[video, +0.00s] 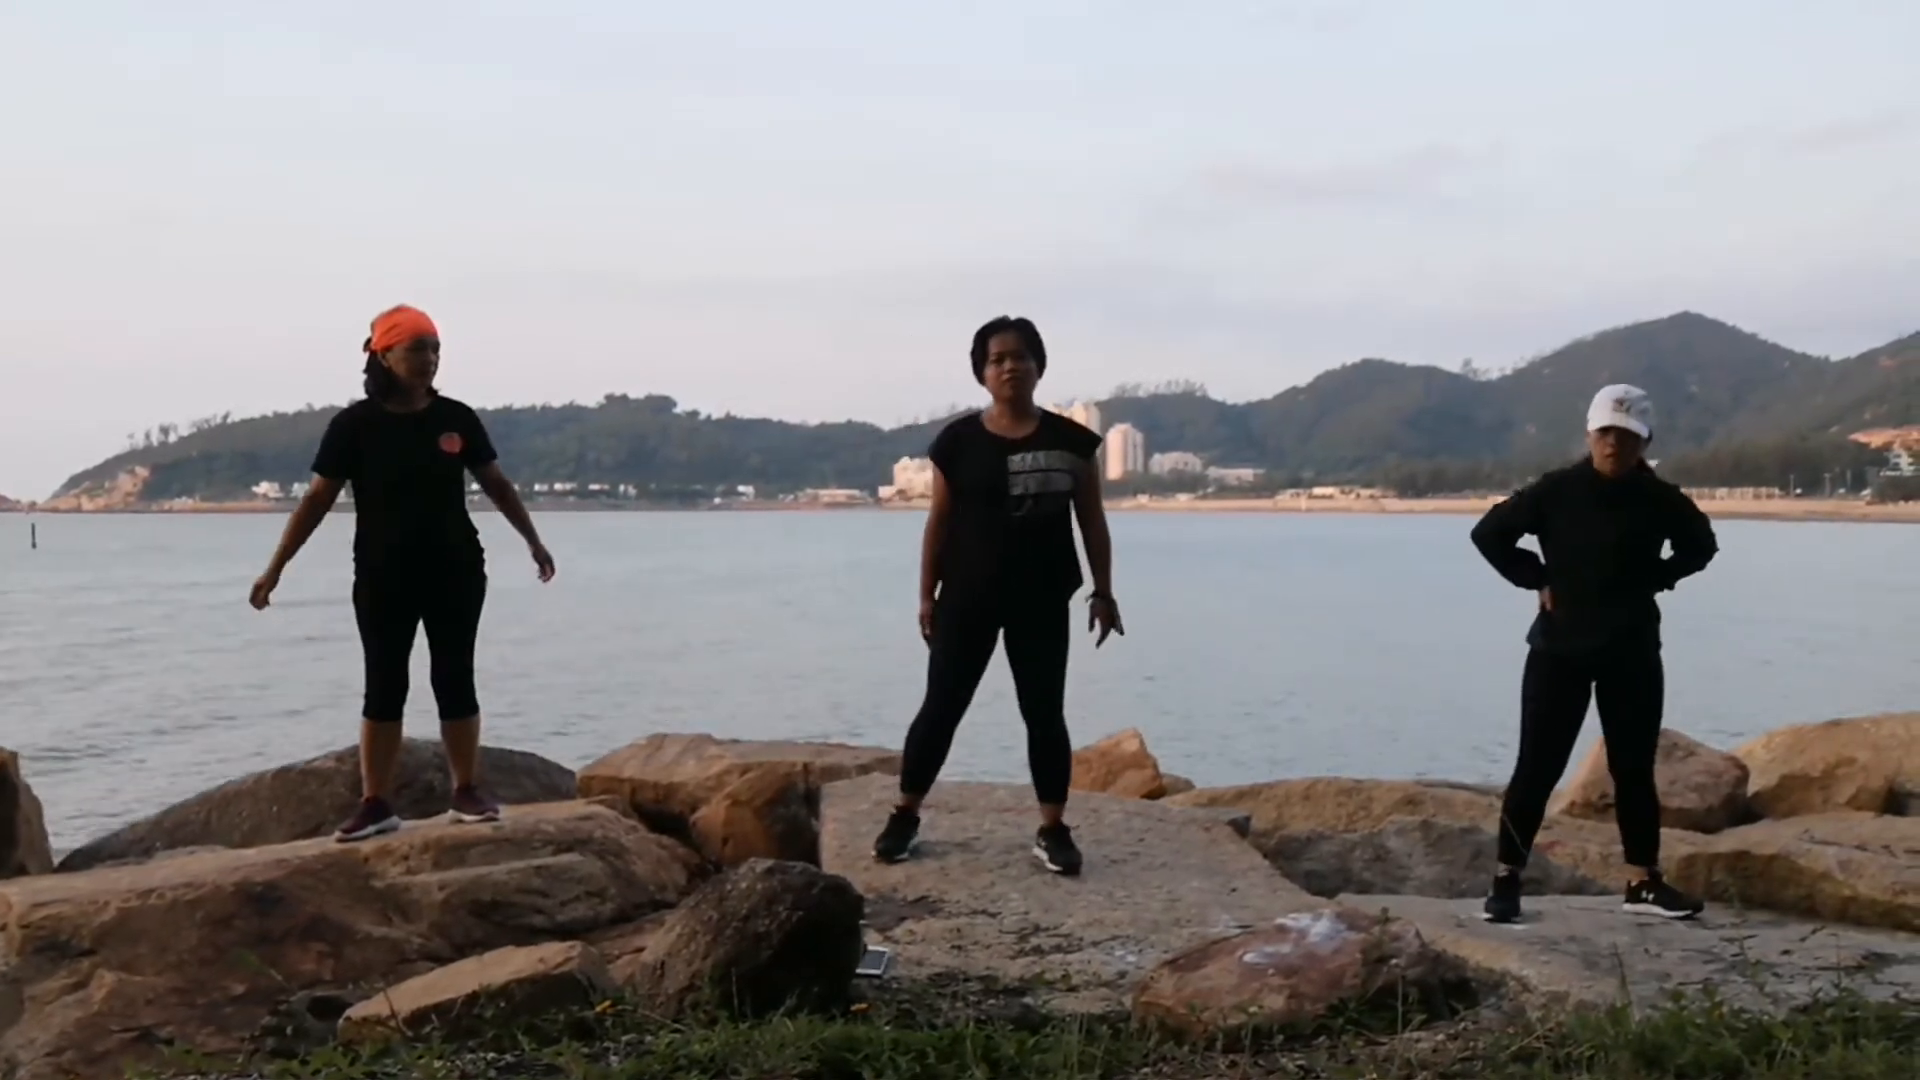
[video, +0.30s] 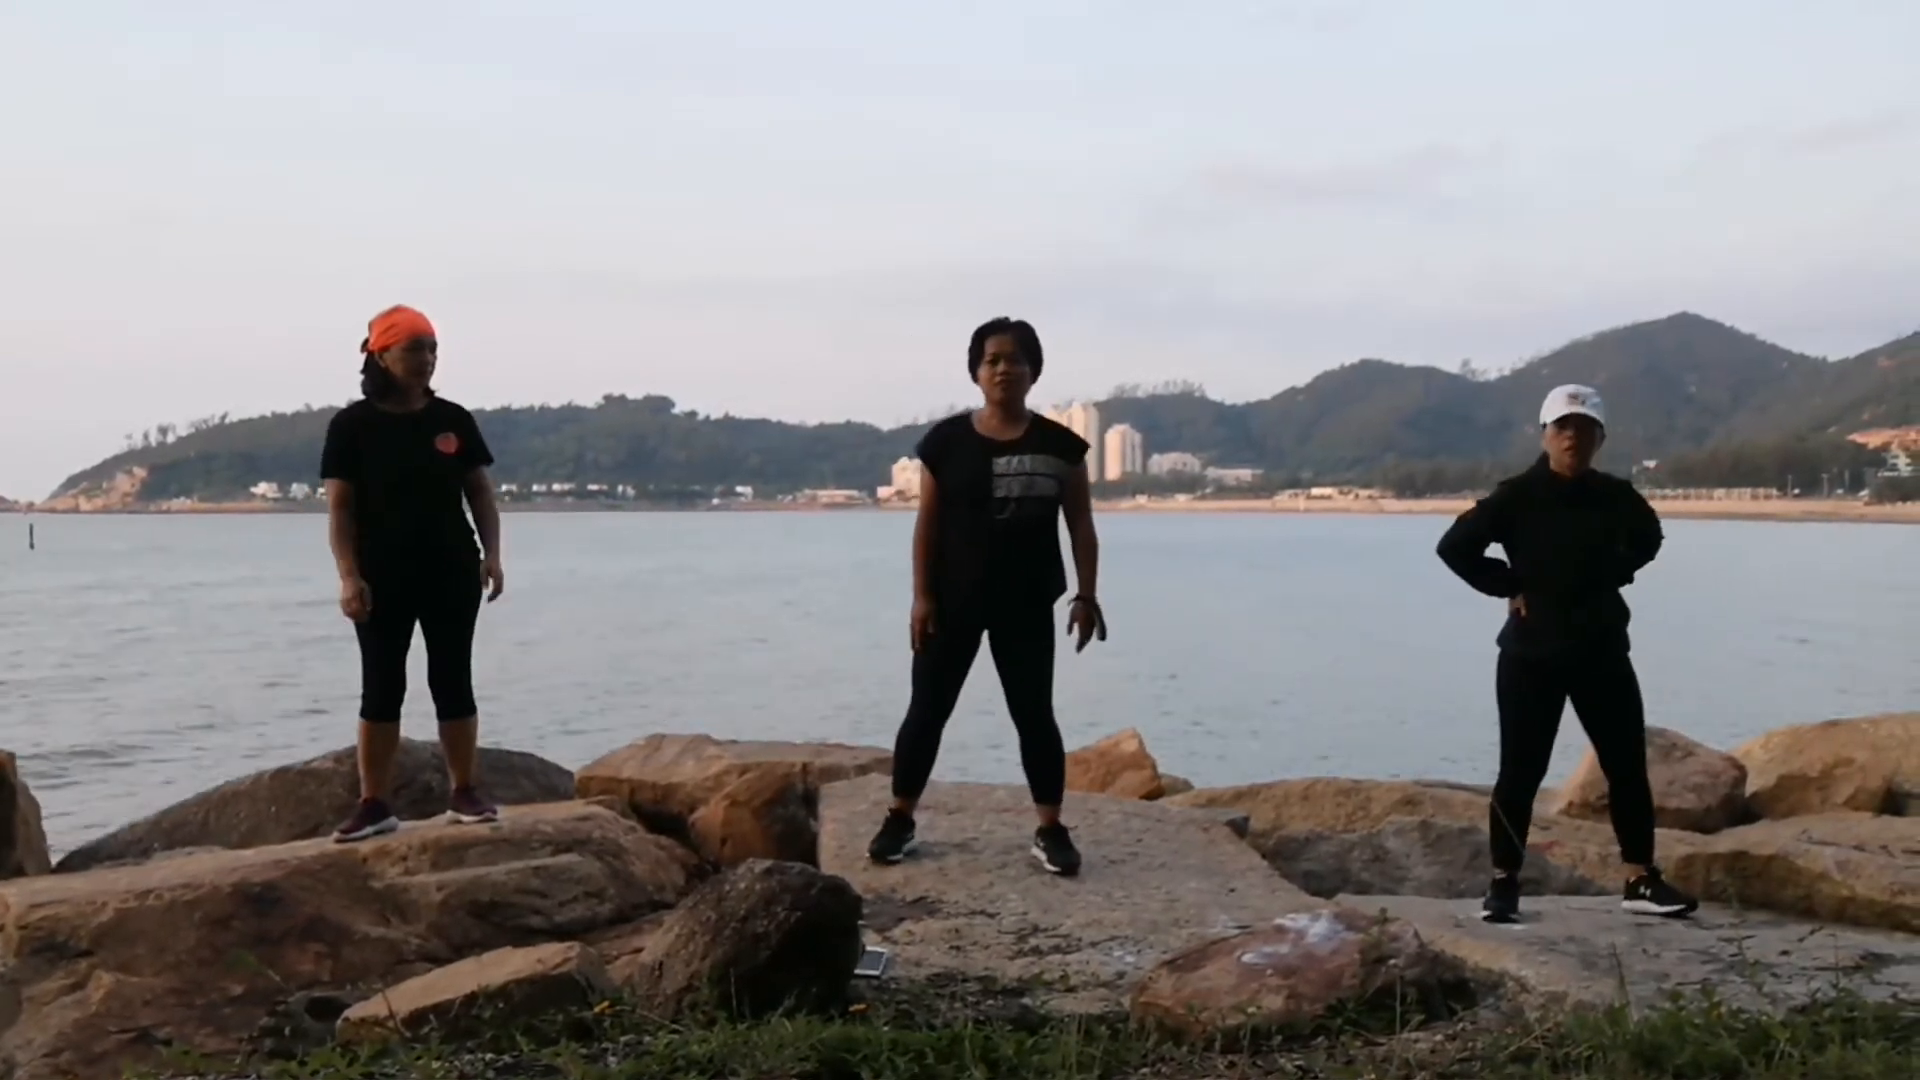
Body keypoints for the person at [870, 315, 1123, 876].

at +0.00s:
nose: (1010, 367)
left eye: (1020, 357)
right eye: (998, 359)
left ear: (1038, 366)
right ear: (982, 371)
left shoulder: (1071, 441)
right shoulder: (956, 442)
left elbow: (1092, 521)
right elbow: (938, 524)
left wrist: (1103, 591)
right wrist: (926, 597)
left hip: (1041, 604)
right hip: (969, 601)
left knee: (1046, 716)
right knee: (940, 709)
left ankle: (1053, 827)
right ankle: (906, 814)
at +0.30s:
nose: (1003, 370)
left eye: (1014, 360)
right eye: (993, 360)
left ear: (1033, 370)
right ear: (976, 371)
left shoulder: (1059, 445)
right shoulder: (945, 442)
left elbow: (1080, 526)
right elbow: (926, 526)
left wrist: (1087, 593)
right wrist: (920, 597)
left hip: (1026, 605)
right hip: (955, 603)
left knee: (1036, 717)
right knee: (926, 712)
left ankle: (1050, 827)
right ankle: (899, 818)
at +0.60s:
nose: (971, 370)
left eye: (984, 361)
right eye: (961, 360)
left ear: (999, 373)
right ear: (943, 371)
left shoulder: (1024, 446)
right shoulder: (907, 441)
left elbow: (1032, 531)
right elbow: (882, 523)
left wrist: (1027, 598)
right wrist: (875, 594)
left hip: (994, 603)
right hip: (922, 603)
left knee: (1022, 716)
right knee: (909, 715)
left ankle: (1047, 823)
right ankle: (897, 819)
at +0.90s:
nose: (978, 372)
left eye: (989, 362)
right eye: (967, 362)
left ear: (1007, 371)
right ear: (950, 372)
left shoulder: (1038, 442)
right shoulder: (919, 446)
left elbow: (1053, 525)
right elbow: (902, 527)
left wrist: (1049, 594)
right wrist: (898, 599)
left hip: (1011, 605)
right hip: (938, 605)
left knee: (1026, 721)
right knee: (917, 717)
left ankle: (1048, 831)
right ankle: (896, 822)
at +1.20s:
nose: (988, 374)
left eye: (999, 364)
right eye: (978, 365)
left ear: (1019, 370)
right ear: (962, 372)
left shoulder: (1046, 438)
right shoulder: (936, 437)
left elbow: (1075, 503)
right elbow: (896, 501)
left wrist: (1077, 558)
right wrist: (870, 558)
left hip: (1020, 600)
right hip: (948, 599)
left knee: (1031, 717)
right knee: (920, 710)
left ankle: (1048, 833)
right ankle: (893, 821)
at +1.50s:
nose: (975, 428)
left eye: (987, 419)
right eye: (965, 418)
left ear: (1004, 427)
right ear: (949, 426)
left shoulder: (1020, 477)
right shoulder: (928, 474)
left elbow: (1046, 486)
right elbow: (908, 479)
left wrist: (1058, 467)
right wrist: (893, 469)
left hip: (1005, 638)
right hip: (931, 635)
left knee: (1053, 734)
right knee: (883, 721)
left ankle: (1047, 835)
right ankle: (890, 825)